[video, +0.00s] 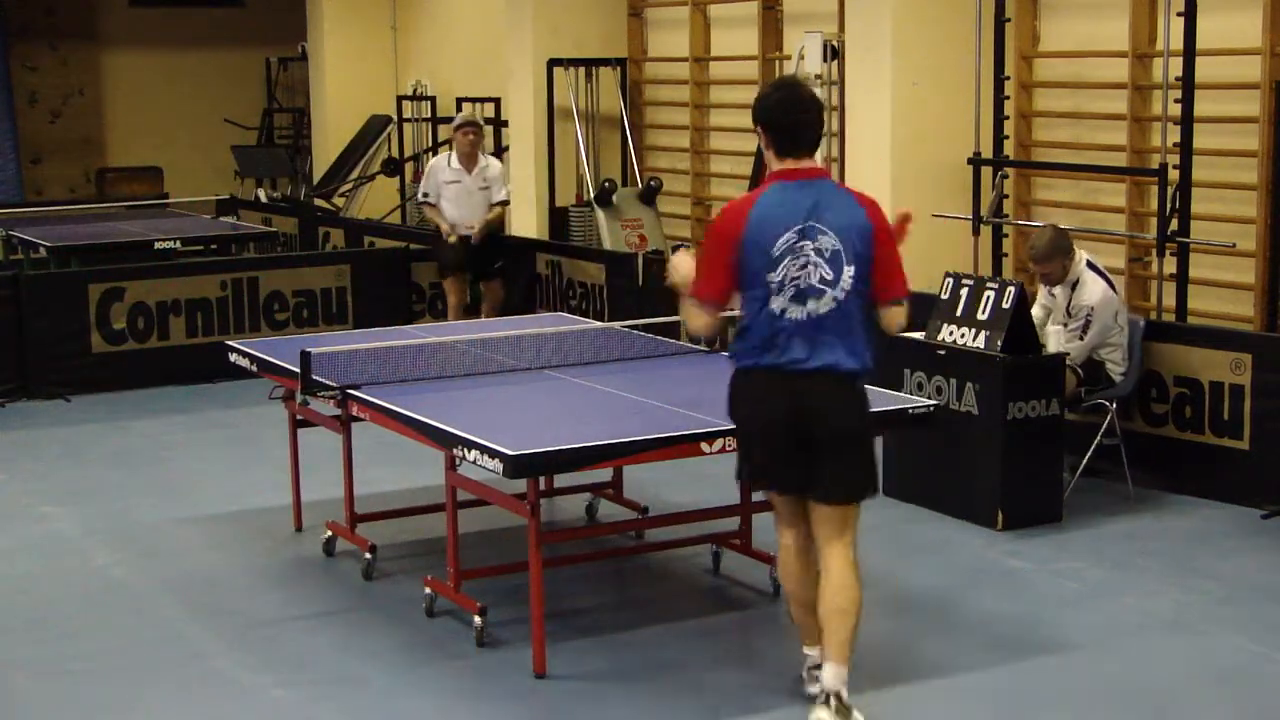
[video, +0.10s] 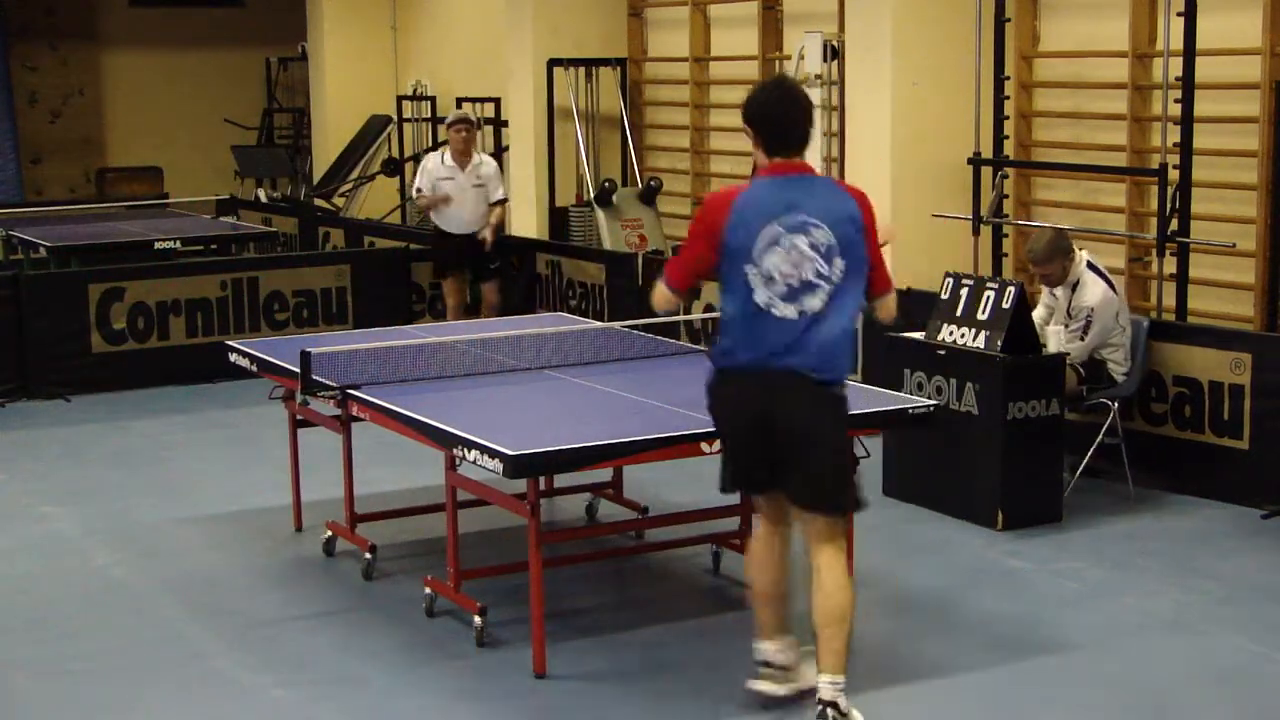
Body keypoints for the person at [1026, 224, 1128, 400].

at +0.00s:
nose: (1041, 281)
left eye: (1046, 275)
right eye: (1037, 274)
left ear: (1067, 261)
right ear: (1033, 263)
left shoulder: (1093, 297)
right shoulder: (1055, 272)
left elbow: (1071, 356)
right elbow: (1036, 319)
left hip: (1104, 367)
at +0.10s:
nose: (1040, 282)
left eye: (1046, 276)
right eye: (1037, 275)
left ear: (1067, 261)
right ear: (1033, 265)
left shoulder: (1093, 297)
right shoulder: (1058, 273)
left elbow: (1075, 353)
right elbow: (1041, 316)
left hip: (1106, 366)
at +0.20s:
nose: (1041, 280)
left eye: (1047, 275)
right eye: (1037, 274)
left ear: (1068, 261)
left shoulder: (1094, 297)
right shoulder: (1060, 271)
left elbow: (1074, 353)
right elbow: (1044, 315)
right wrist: (1015, 338)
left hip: (1106, 366)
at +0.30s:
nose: (1041, 278)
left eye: (1047, 273)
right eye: (1039, 272)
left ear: (1070, 260)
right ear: (1035, 262)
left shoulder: (1095, 296)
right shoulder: (1059, 270)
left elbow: (1075, 351)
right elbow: (1046, 313)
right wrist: (1017, 336)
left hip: (1106, 366)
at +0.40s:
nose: (1041, 277)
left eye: (1048, 271)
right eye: (1039, 270)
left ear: (1070, 259)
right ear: (1035, 261)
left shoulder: (1096, 294)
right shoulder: (1058, 269)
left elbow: (1076, 350)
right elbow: (1046, 314)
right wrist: (1017, 335)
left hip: (1105, 366)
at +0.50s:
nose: (1041, 273)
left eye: (1047, 267)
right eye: (1038, 266)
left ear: (1069, 257)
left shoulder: (1097, 293)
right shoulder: (1059, 270)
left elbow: (1075, 350)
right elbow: (1045, 316)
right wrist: (1014, 336)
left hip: (1105, 368)